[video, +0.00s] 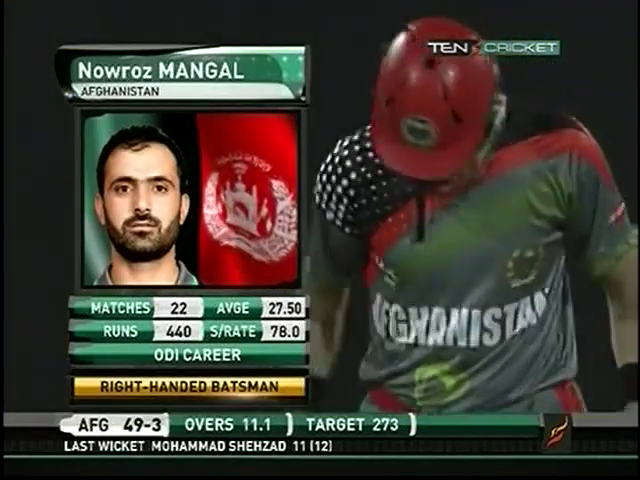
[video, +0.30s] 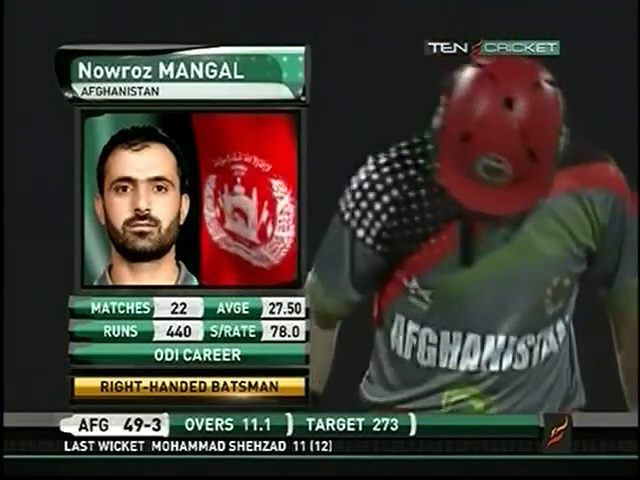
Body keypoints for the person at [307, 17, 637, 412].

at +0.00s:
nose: (433, 182)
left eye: (448, 167)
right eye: (418, 167)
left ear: (489, 125)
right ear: (388, 128)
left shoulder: (565, 158)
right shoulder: (352, 174)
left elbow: (626, 293)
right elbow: (322, 308)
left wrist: (633, 397)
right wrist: (306, 412)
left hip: (535, 422)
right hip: (398, 427)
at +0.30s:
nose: (491, 215)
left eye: (511, 204)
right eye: (474, 199)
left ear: (553, 154)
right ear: (443, 141)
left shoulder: (596, 190)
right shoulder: (386, 190)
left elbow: (629, 327)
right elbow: (322, 316)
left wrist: (638, 427)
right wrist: (293, 425)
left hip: (541, 437)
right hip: (402, 438)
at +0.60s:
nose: (525, 225)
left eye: (544, 212)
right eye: (510, 207)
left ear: (588, 170)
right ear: (479, 148)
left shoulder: (620, 202)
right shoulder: (410, 186)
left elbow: (633, 320)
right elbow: (330, 300)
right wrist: (309, 416)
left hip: (547, 431)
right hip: (417, 428)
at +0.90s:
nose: (521, 226)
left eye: (541, 213)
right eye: (506, 209)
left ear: (583, 172)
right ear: (477, 154)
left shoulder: (616, 202)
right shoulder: (405, 189)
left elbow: (630, 312)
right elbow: (327, 302)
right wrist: (307, 411)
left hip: (543, 420)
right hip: (418, 418)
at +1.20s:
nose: (498, 271)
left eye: (518, 261)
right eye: (485, 254)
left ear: (566, 212)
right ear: (460, 192)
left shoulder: (611, 225)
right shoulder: (391, 209)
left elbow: (628, 324)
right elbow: (318, 309)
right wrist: (291, 414)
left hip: (532, 425)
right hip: (403, 420)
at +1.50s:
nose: (518, 234)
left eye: (536, 221)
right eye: (505, 215)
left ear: (575, 183)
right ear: (473, 163)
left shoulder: (607, 214)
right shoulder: (398, 189)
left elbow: (634, 338)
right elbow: (312, 291)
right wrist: (278, 412)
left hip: (524, 438)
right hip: (390, 434)